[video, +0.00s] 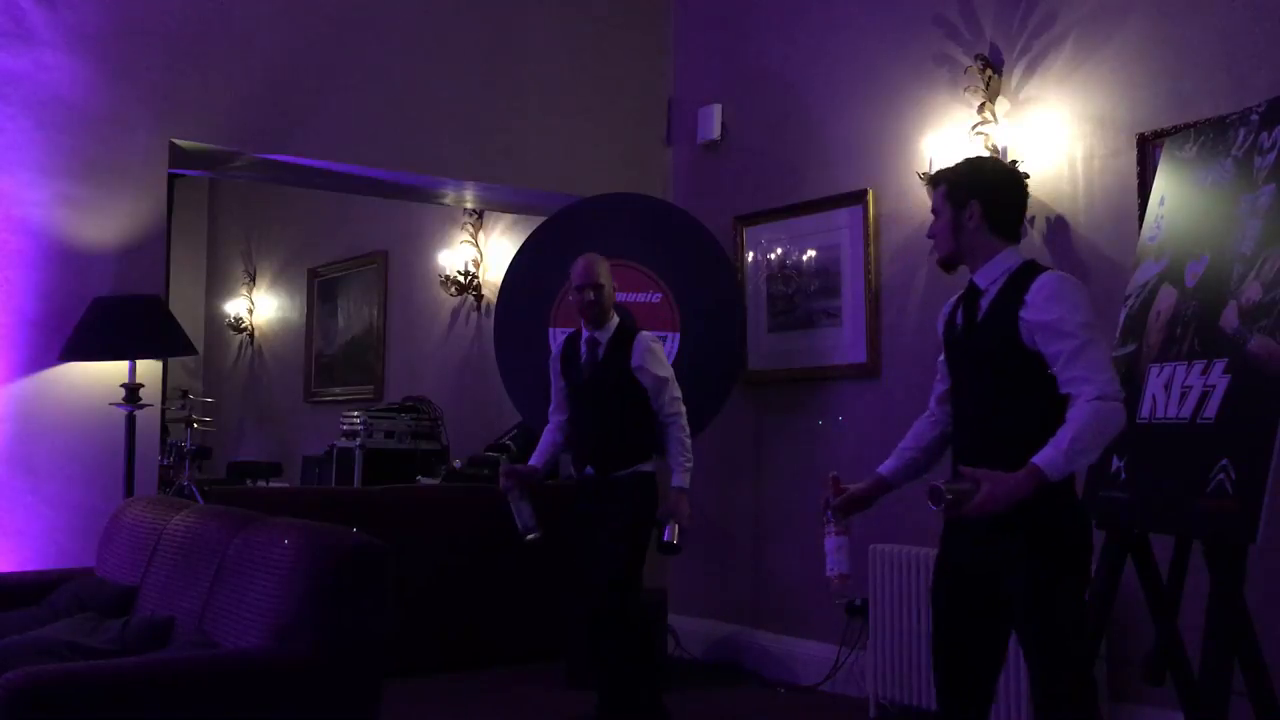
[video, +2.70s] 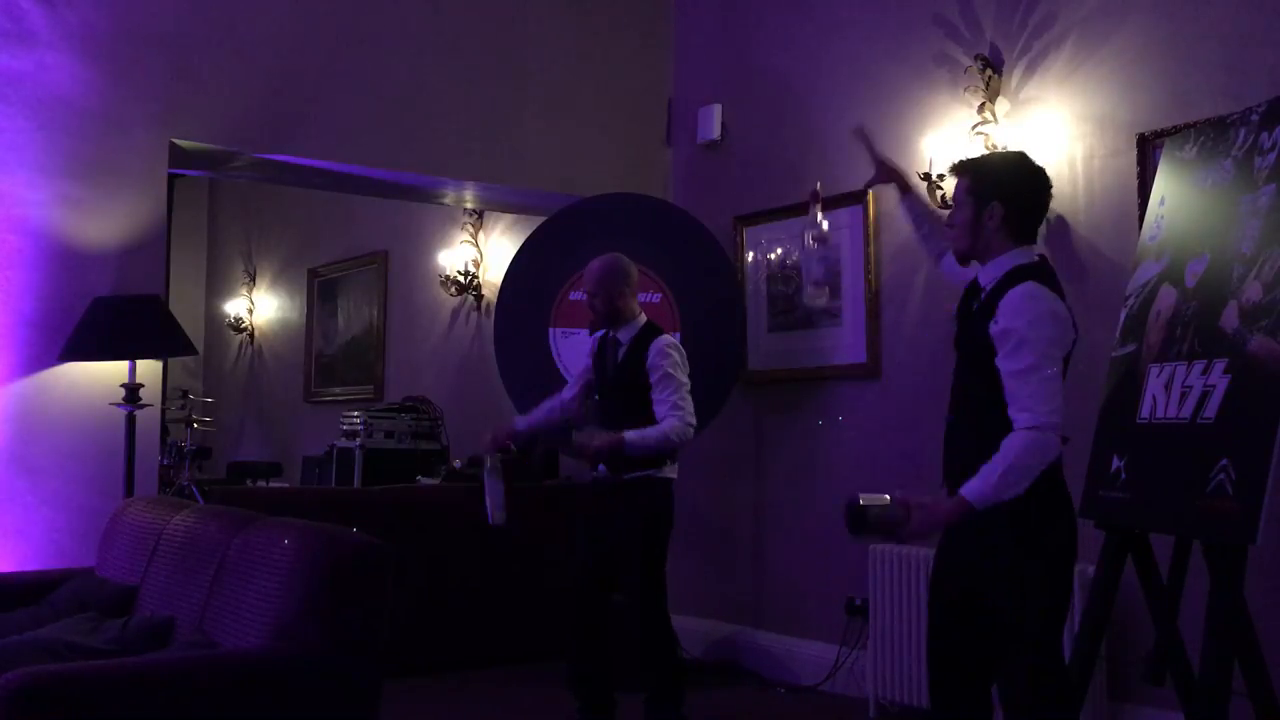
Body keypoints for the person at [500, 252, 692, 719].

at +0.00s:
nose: (589, 297)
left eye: (596, 288)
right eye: (580, 289)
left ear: (612, 291)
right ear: (570, 295)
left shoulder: (642, 347)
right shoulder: (565, 350)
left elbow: (674, 418)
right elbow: (559, 418)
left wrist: (679, 486)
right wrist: (534, 466)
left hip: (636, 485)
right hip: (587, 485)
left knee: (622, 591)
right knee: (591, 589)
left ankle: (633, 697)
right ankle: (602, 693)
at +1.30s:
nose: (591, 298)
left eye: (599, 291)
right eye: (589, 290)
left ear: (627, 290)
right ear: (597, 291)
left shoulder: (664, 344)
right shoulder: (595, 342)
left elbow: (699, 414)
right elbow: (572, 401)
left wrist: (672, 439)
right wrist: (523, 414)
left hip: (644, 488)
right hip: (599, 486)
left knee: (645, 603)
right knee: (594, 598)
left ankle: (662, 705)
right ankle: (595, 702)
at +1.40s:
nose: (593, 296)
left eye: (602, 288)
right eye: (591, 288)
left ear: (631, 288)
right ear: (598, 290)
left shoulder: (662, 344)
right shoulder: (600, 339)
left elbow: (699, 412)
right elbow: (564, 386)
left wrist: (693, 450)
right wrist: (528, 353)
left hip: (644, 486)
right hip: (601, 484)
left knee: (643, 600)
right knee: (597, 596)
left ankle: (661, 703)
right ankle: (596, 700)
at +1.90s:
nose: (573, 303)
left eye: (580, 295)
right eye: (572, 295)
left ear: (608, 295)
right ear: (581, 297)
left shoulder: (648, 351)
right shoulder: (584, 344)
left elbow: (663, 436)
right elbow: (546, 389)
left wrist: (665, 515)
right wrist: (514, 389)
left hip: (636, 494)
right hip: (595, 491)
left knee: (645, 607)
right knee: (594, 602)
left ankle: (662, 705)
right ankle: (595, 702)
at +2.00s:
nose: (574, 305)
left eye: (581, 297)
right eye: (572, 296)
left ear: (609, 297)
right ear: (588, 298)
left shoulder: (650, 354)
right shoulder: (585, 346)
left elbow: (641, 446)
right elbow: (553, 418)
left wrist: (613, 518)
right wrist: (535, 392)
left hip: (640, 493)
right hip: (594, 488)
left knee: (645, 608)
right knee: (592, 603)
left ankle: (662, 706)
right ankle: (594, 703)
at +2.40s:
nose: (586, 299)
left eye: (595, 291)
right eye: (584, 291)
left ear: (623, 290)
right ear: (586, 293)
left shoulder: (659, 346)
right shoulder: (589, 345)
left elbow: (692, 419)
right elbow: (577, 410)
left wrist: (676, 477)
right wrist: (577, 456)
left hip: (648, 490)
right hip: (601, 488)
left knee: (650, 602)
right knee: (599, 599)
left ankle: (664, 704)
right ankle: (597, 702)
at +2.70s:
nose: (586, 307)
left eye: (593, 298)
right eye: (586, 297)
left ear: (621, 296)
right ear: (603, 295)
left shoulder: (661, 348)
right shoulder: (601, 346)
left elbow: (681, 426)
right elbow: (569, 401)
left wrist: (615, 442)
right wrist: (519, 428)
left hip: (646, 492)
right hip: (601, 489)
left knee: (644, 603)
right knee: (593, 600)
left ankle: (664, 703)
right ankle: (595, 701)